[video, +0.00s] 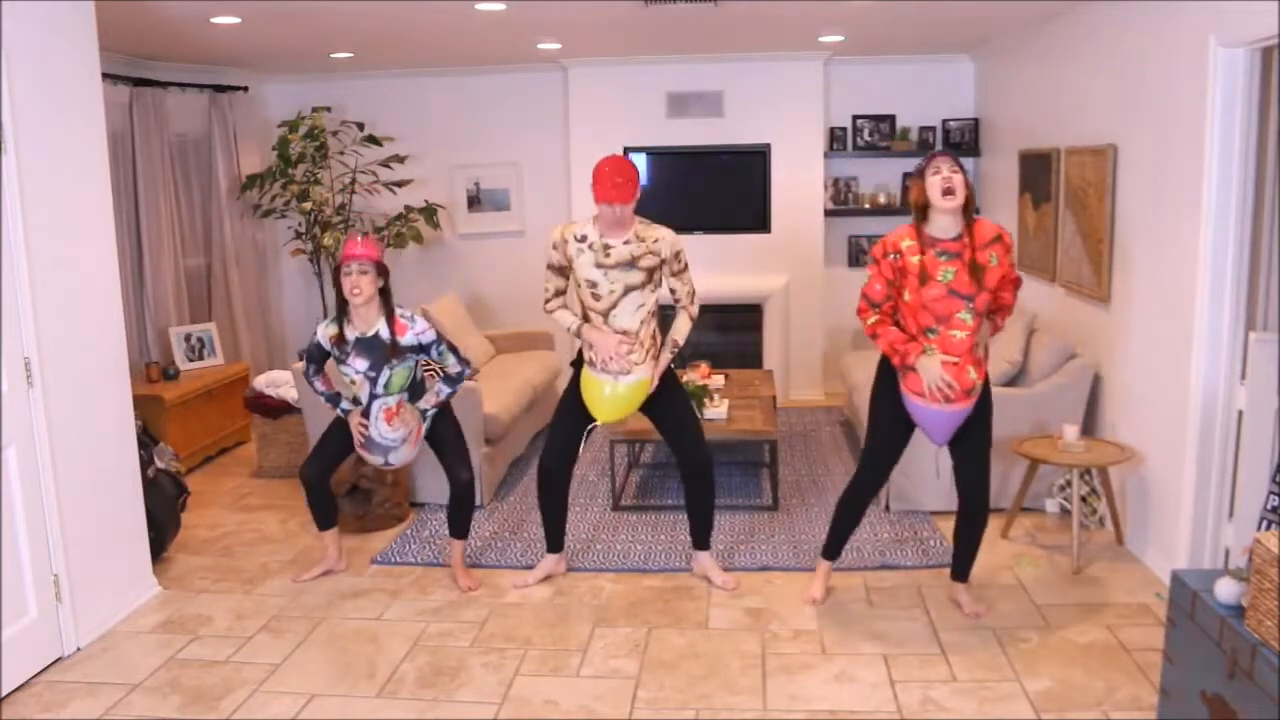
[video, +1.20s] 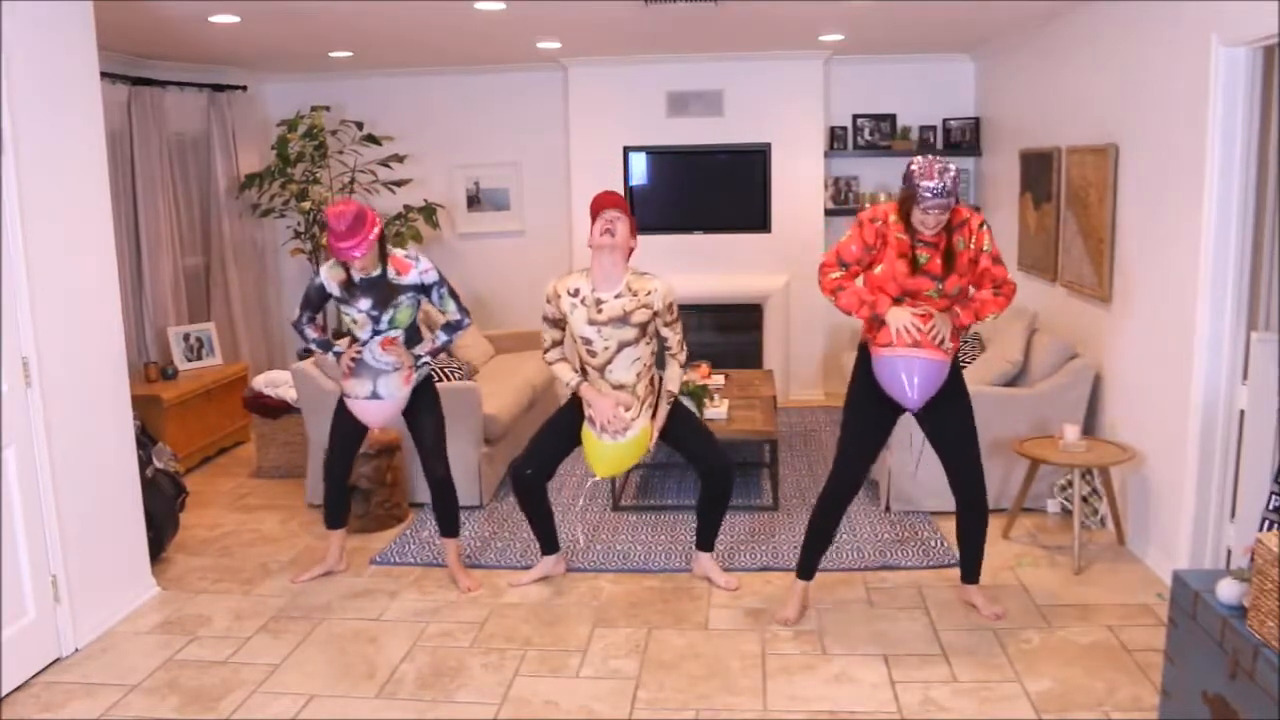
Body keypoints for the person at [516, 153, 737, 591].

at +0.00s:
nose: (616, 212)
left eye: (624, 203)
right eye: (608, 203)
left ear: (636, 197)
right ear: (594, 197)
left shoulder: (662, 242)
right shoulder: (566, 240)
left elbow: (688, 305)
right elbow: (553, 303)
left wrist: (664, 357)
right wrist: (590, 333)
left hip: (650, 366)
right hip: (591, 367)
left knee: (696, 455)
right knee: (553, 461)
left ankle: (702, 553)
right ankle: (554, 555)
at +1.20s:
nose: (607, 223)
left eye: (617, 221)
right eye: (600, 220)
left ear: (633, 243)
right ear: (588, 239)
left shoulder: (653, 290)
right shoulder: (562, 291)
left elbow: (675, 355)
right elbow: (553, 354)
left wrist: (659, 416)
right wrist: (590, 394)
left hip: (650, 399)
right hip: (588, 401)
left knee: (718, 466)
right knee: (525, 472)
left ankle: (704, 555)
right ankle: (551, 556)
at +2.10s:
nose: (606, 293)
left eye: (614, 285)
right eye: (598, 286)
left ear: (629, 265)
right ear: (584, 267)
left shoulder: (658, 276)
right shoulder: (564, 283)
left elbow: (685, 337)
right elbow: (552, 340)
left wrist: (650, 392)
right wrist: (591, 392)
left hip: (652, 389)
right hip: (591, 392)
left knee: (714, 464)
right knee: (534, 468)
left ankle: (703, 555)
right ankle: (552, 556)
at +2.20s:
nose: (605, 298)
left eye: (613, 292)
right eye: (598, 292)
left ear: (631, 270)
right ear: (584, 270)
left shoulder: (660, 277)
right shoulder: (563, 284)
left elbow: (686, 335)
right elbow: (556, 339)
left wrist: (652, 389)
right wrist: (593, 390)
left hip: (653, 389)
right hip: (593, 391)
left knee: (714, 465)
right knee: (534, 468)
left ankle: (703, 555)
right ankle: (552, 556)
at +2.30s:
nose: (606, 298)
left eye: (614, 291)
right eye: (599, 292)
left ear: (631, 270)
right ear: (585, 270)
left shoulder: (661, 276)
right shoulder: (564, 281)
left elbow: (688, 334)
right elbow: (556, 338)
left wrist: (652, 388)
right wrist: (593, 389)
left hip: (652, 388)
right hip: (592, 389)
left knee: (714, 465)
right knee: (533, 469)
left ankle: (703, 555)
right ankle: (552, 556)